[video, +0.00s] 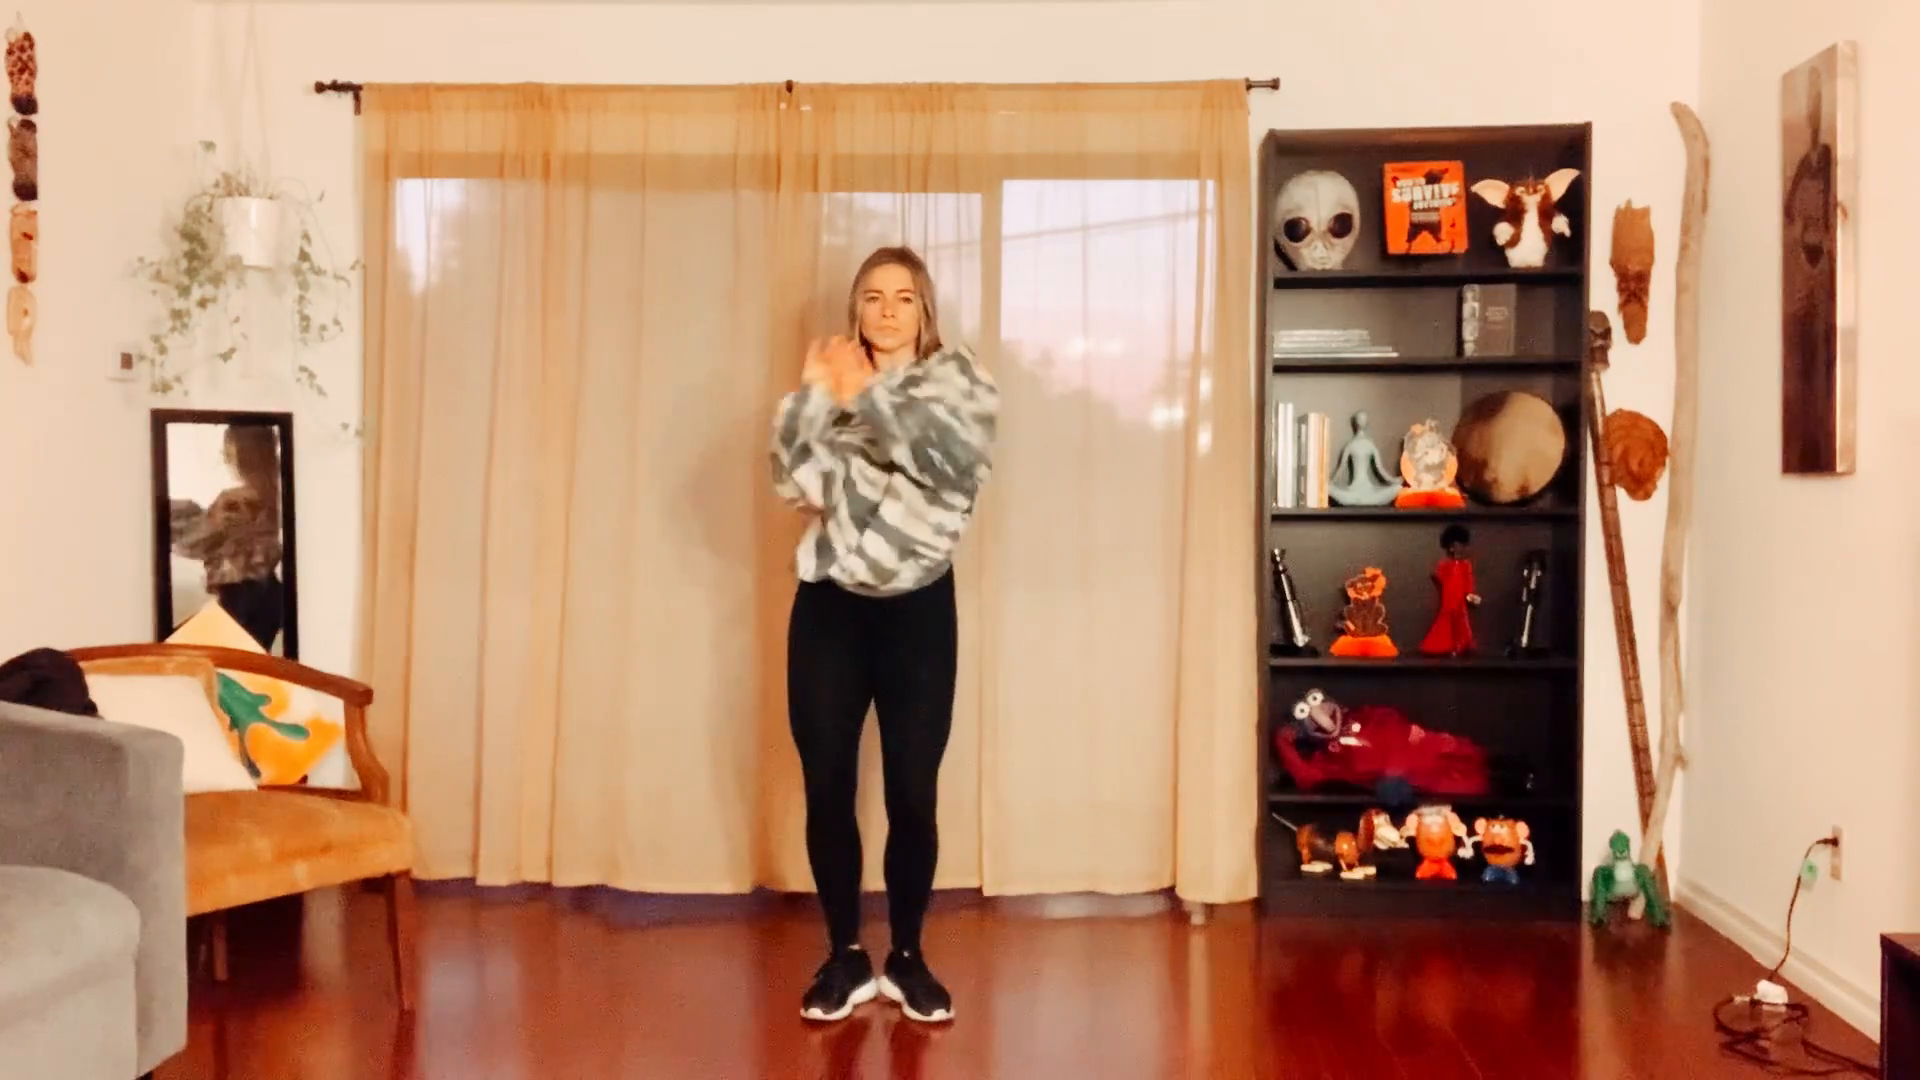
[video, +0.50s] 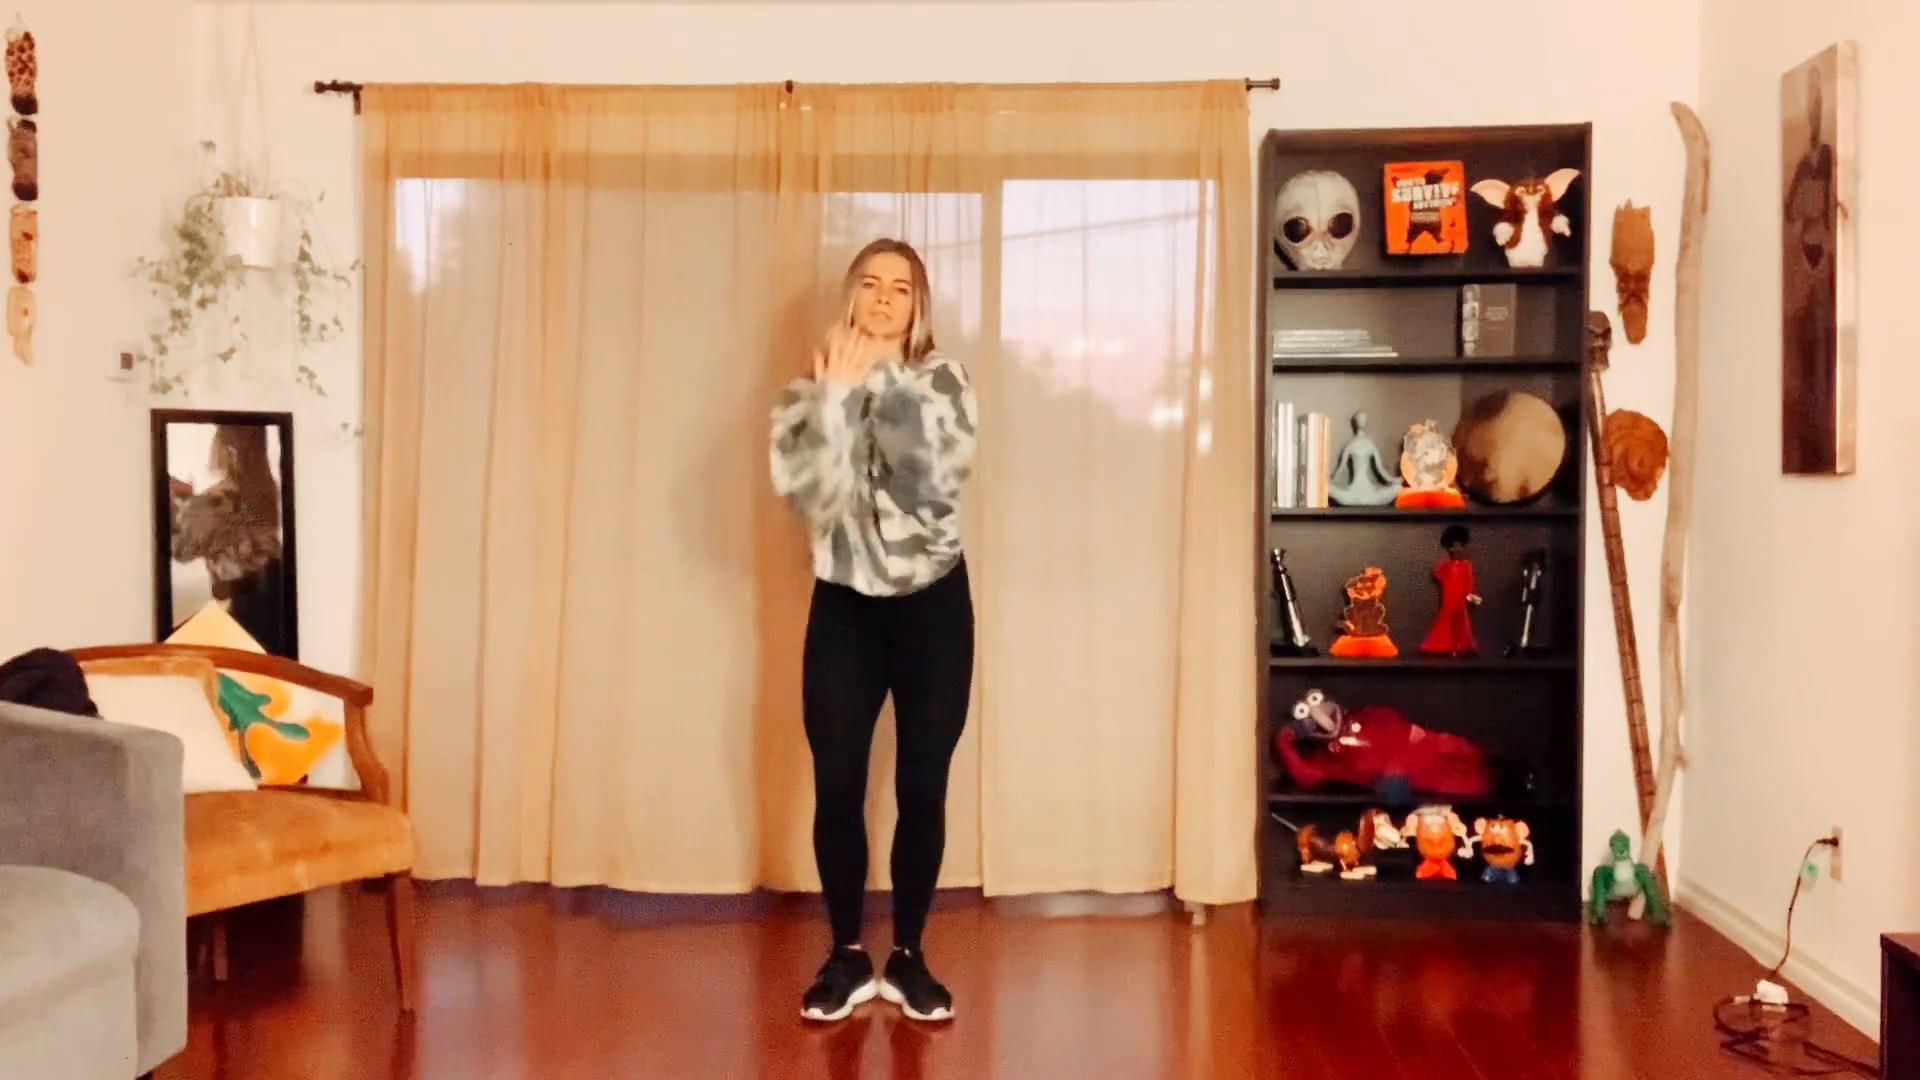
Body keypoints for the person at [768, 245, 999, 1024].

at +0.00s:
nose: (887, 309)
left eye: (902, 298)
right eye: (873, 298)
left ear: (926, 310)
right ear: (855, 312)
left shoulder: (959, 382)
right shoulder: (835, 386)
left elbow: (956, 473)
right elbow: (793, 478)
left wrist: (868, 398)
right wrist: (813, 392)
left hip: (918, 610)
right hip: (828, 608)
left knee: (912, 796)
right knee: (829, 792)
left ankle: (906, 958)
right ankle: (846, 958)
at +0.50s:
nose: (883, 298)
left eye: (900, 289)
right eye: (870, 284)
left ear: (919, 306)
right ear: (846, 297)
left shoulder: (941, 383)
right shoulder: (810, 395)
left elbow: (937, 489)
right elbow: (811, 498)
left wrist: (888, 385)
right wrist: (836, 392)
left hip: (933, 609)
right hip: (844, 609)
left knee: (921, 791)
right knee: (838, 789)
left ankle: (906, 958)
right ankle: (849, 958)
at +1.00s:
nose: (892, 293)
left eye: (908, 283)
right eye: (879, 281)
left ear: (928, 300)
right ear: (859, 297)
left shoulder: (963, 394)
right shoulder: (825, 390)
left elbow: (1019, 494)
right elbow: (774, 486)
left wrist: (1080, 571)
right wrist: (709, 562)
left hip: (930, 613)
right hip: (838, 612)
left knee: (916, 789)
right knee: (837, 788)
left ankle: (905, 960)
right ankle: (848, 958)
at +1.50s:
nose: (885, 287)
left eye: (901, 286)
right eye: (871, 285)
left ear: (923, 323)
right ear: (851, 323)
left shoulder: (958, 386)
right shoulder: (820, 386)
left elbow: (1013, 492)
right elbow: (751, 479)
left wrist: (1096, 569)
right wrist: (674, 558)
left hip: (934, 615)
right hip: (839, 616)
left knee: (941, 797)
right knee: (815, 795)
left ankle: (905, 959)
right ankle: (849, 958)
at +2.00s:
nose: (875, 330)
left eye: (891, 318)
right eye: (862, 316)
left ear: (915, 329)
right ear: (843, 327)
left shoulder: (955, 400)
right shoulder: (819, 421)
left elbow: (1016, 494)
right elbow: (759, 510)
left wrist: (1058, 588)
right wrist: (646, 530)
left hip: (938, 620)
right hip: (848, 623)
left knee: (941, 802)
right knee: (802, 795)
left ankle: (990, 963)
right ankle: (771, 953)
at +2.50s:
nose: (1055, 359)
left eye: (1070, 350)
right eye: (1040, 351)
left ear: (1091, 376)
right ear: (1021, 375)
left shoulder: (1129, 463)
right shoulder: (983, 459)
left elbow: (1236, 454)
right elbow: (925, 549)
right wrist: (865, 624)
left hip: (1028, 668)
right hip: (930, 650)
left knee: (1129, 817)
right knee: (831, 801)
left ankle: (1054, 972)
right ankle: (760, 954)